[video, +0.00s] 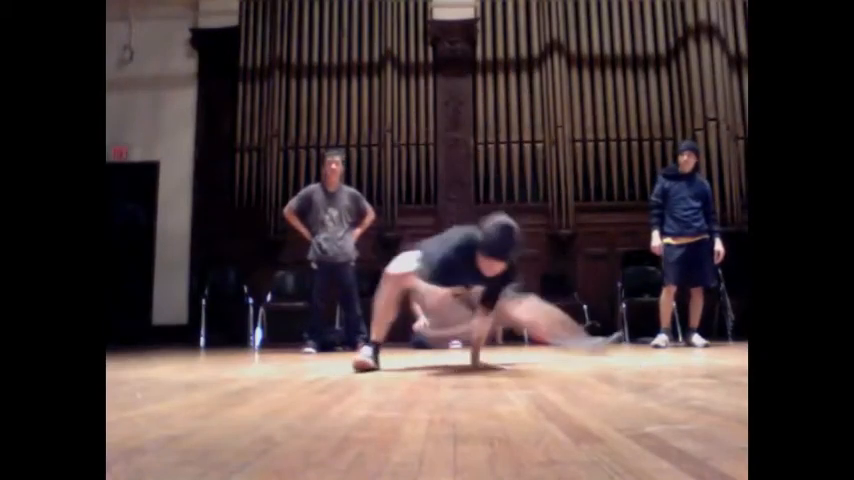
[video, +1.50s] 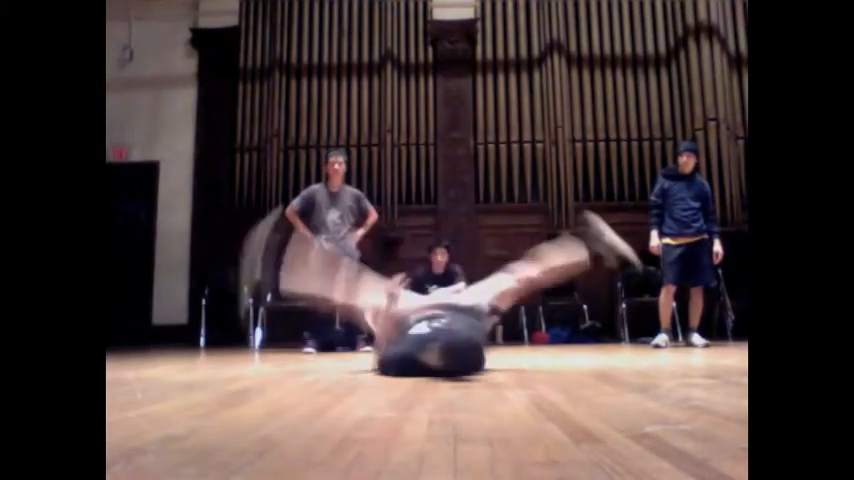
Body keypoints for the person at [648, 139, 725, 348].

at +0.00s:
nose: (686, 160)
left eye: (690, 156)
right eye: (683, 155)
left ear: (696, 159)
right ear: (677, 158)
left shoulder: (702, 184)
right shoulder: (665, 181)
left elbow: (711, 215)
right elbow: (656, 208)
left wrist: (716, 239)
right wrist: (656, 234)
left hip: (699, 240)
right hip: (673, 240)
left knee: (697, 288)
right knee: (670, 287)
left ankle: (693, 332)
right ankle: (664, 332)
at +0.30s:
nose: (686, 160)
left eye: (690, 156)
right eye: (683, 155)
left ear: (696, 160)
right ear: (677, 158)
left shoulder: (701, 184)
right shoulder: (665, 181)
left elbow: (711, 215)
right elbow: (656, 208)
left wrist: (716, 239)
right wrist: (655, 234)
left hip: (699, 240)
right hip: (673, 241)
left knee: (697, 288)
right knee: (669, 287)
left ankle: (693, 332)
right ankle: (664, 332)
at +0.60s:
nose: (686, 160)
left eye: (690, 156)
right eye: (683, 156)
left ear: (696, 160)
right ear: (677, 158)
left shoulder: (701, 184)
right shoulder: (665, 181)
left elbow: (711, 215)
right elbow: (655, 208)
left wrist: (716, 239)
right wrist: (655, 234)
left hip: (699, 240)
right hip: (673, 241)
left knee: (697, 288)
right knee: (669, 287)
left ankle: (693, 332)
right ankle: (664, 332)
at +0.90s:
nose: (685, 160)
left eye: (690, 156)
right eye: (682, 156)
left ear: (696, 160)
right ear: (677, 159)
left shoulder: (701, 184)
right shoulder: (665, 181)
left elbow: (710, 214)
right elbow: (656, 208)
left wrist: (716, 239)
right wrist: (655, 233)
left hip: (699, 239)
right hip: (673, 240)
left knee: (697, 288)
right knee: (669, 287)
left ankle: (693, 332)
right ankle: (664, 332)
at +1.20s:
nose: (685, 160)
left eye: (689, 156)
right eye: (682, 156)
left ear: (695, 160)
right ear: (677, 159)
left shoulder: (701, 184)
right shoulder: (665, 181)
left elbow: (710, 215)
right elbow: (655, 208)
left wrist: (716, 239)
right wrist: (654, 233)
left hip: (698, 239)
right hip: (672, 240)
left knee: (697, 288)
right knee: (669, 287)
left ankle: (693, 332)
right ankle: (664, 332)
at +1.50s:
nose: (686, 160)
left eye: (690, 156)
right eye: (683, 156)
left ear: (696, 160)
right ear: (677, 159)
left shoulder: (701, 184)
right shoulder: (665, 181)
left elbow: (710, 215)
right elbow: (655, 208)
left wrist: (716, 240)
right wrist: (654, 234)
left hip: (698, 239)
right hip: (672, 240)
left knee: (697, 287)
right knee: (669, 286)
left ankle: (693, 332)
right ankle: (664, 332)